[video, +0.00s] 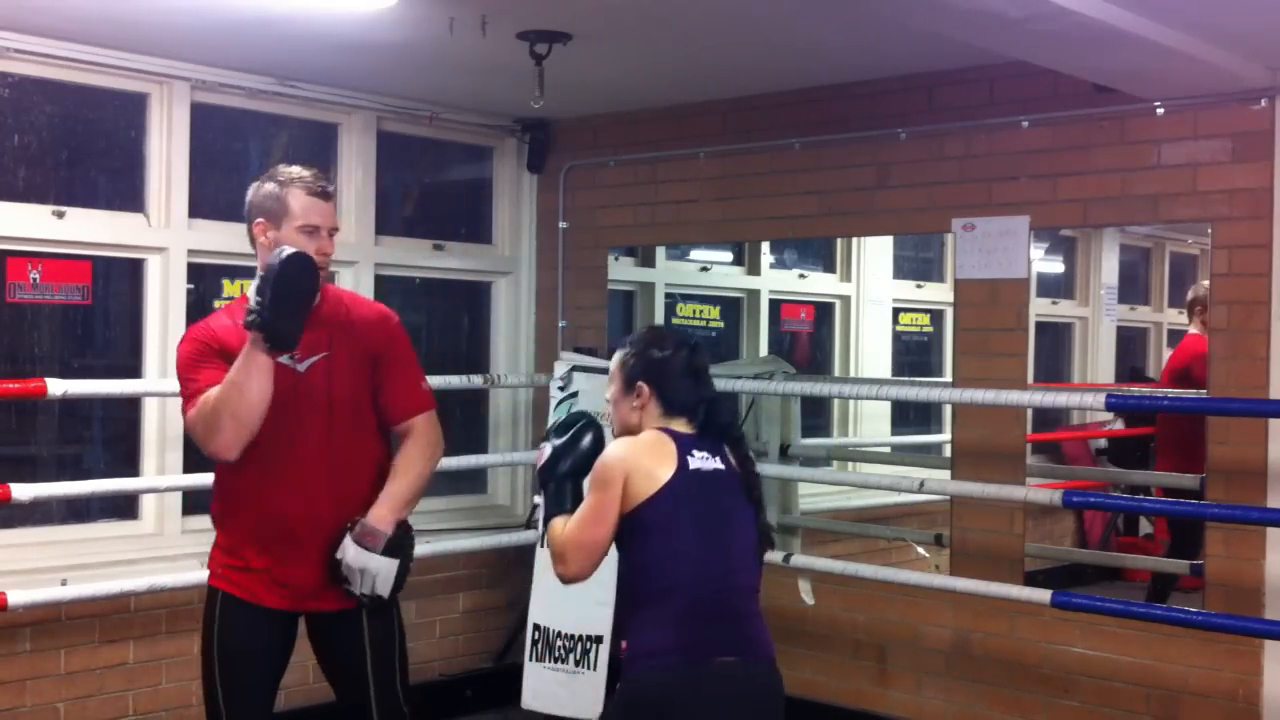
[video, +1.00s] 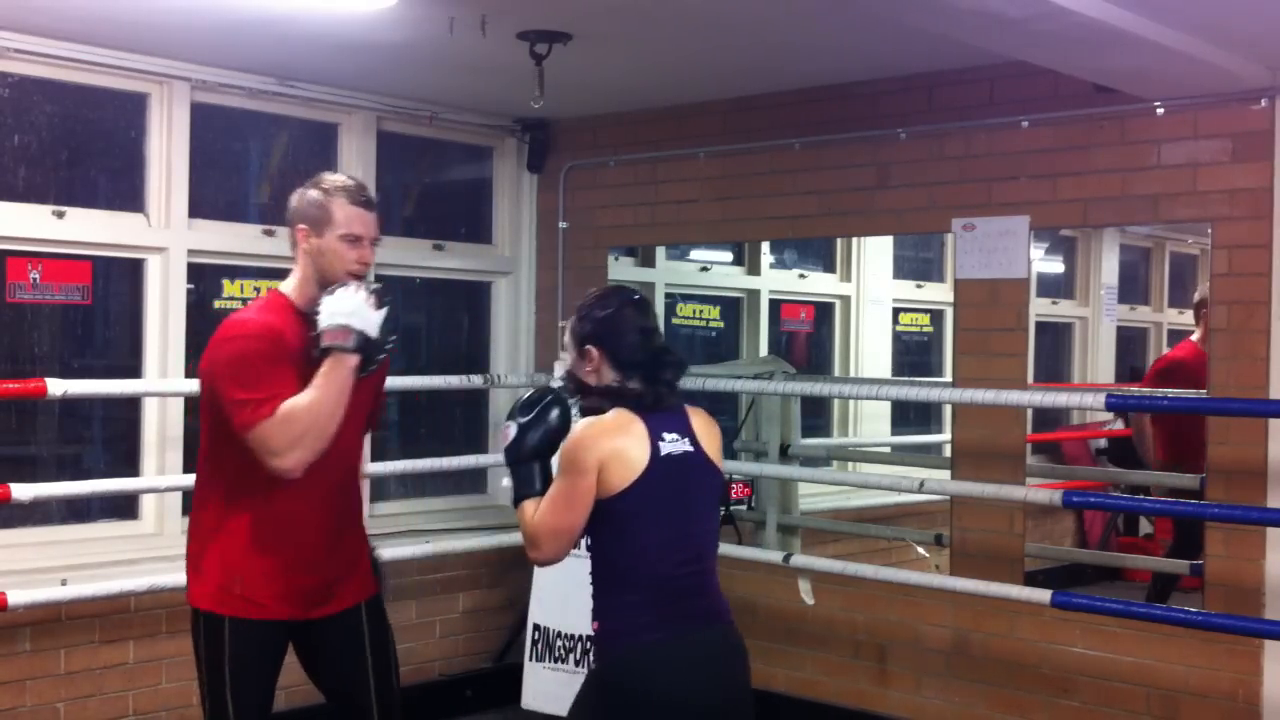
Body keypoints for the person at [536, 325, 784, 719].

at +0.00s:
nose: (608, 409)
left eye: (612, 397)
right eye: (608, 398)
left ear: (641, 396)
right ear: (690, 396)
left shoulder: (625, 454)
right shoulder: (730, 456)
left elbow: (570, 564)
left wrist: (555, 487)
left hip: (662, 681)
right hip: (750, 681)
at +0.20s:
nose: (590, 398)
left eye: (594, 388)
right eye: (591, 387)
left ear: (621, 394)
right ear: (671, 388)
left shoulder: (591, 463)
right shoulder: (711, 454)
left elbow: (524, 548)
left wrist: (531, 474)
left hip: (627, 686)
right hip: (717, 683)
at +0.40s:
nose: (482, 385)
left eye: (488, 370)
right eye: (484, 370)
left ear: (523, 382)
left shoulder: (554, 455)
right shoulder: (589, 440)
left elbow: (519, 565)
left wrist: (466, 508)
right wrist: (473, 501)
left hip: (601, 682)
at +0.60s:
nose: (456, 396)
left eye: (457, 383)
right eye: (453, 382)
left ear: (484, 390)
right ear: (535, 375)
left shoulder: (531, 470)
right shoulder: (571, 443)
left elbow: (489, 588)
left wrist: (436, 517)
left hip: (583, 690)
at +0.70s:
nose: (475, 386)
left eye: (476, 373)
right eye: (474, 374)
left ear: (498, 380)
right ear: (553, 367)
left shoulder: (517, 463)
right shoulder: (611, 430)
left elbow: (461, 572)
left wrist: (434, 489)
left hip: (580, 684)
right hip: (657, 670)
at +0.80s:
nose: (522, 384)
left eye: (523, 373)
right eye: (522, 372)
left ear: (541, 379)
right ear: (597, 366)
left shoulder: (553, 463)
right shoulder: (658, 439)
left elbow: (500, 563)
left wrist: (477, 485)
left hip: (609, 685)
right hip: (689, 674)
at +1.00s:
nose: (567, 367)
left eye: (569, 353)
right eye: (565, 352)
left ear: (592, 359)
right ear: (648, 349)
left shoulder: (594, 438)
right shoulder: (704, 426)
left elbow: (543, 546)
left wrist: (524, 462)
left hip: (636, 669)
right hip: (717, 661)